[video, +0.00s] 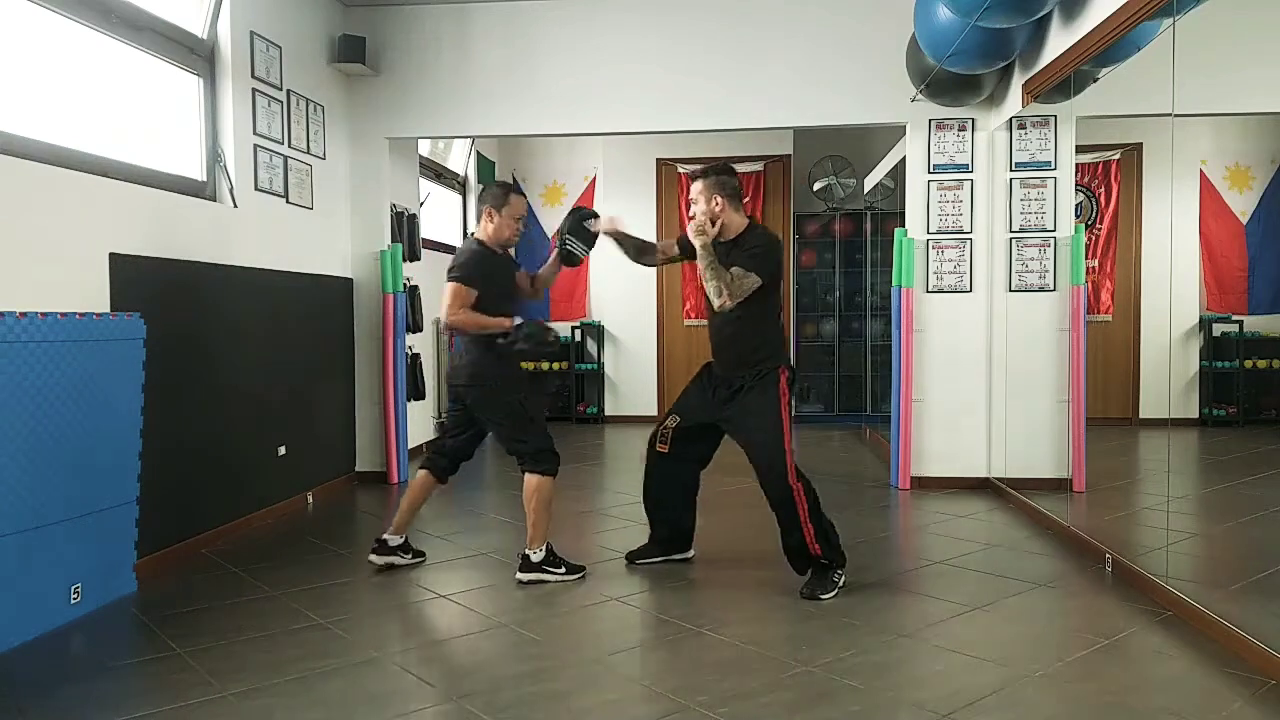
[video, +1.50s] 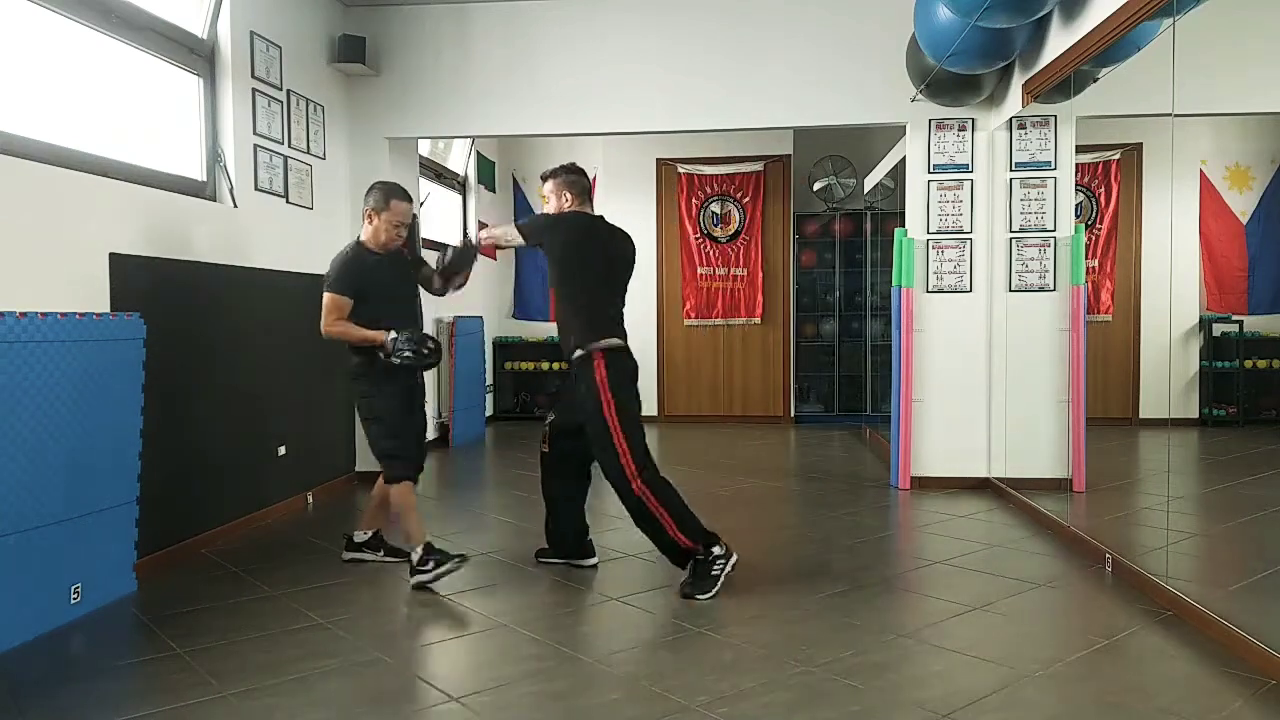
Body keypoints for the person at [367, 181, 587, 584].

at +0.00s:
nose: (521, 228)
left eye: (523, 221)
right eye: (516, 220)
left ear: (495, 218)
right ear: (489, 216)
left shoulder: (500, 259)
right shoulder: (472, 257)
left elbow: (535, 287)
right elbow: (453, 314)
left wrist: (563, 252)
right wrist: (511, 323)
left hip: (472, 376)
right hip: (487, 376)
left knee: (443, 456)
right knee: (541, 458)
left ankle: (391, 540)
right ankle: (537, 556)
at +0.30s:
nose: (494, 223)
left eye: (496, 216)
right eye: (489, 214)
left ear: (475, 213)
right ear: (462, 209)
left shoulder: (477, 255)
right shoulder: (443, 239)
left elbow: (510, 285)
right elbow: (393, 264)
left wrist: (536, 249)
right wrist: (437, 272)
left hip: (442, 368)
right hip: (464, 369)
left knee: (422, 457)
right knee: (504, 456)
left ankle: (386, 545)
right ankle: (488, 558)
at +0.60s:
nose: (476, 230)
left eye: (477, 223)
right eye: (472, 221)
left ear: (443, 216)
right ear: (448, 214)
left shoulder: (428, 248)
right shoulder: (441, 244)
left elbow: (485, 284)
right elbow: (479, 276)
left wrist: (515, 251)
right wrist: (524, 237)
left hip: (421, 369)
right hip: (449, 370)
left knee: (412, 456)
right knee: (493, 459)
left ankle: (369, 537)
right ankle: (487, 559)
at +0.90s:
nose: (451, 215)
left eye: (450, 210)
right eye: (447, 207)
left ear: (417, 206)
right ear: (433, 205)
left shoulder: (403, 248)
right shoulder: (421, 230)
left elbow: (417, 301)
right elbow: (453, 197)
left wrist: (456, 286)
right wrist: (495, 169)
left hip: (390, 361)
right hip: (417, 360)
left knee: (391, 453)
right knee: (447, 457)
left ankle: (365, 541)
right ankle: (436, 560)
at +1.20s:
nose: (428, 217)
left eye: (430, 210)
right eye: (421, 209)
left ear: (427, 211)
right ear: (394, 210)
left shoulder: (422, 257)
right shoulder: (380, 251)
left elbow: (449, 297)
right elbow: (357, 305)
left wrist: (473, 253)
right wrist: (413, 307)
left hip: (424, 373)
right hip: (409, 374)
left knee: (404, 456)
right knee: (448, 461)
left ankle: (361, 536)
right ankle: (436, 561)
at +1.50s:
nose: (403, 234)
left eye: (407, 226)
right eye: (396, 225)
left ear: (410, 221)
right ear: (370, 217)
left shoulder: (405, 258)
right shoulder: (349, 263)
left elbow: (440, 285)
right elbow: (331, 325)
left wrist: (466, 253)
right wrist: (387, 338)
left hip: (408, 375)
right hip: (375, 378)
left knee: (405, 461)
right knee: (399, 463)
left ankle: (366, 538)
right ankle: (422, 554)